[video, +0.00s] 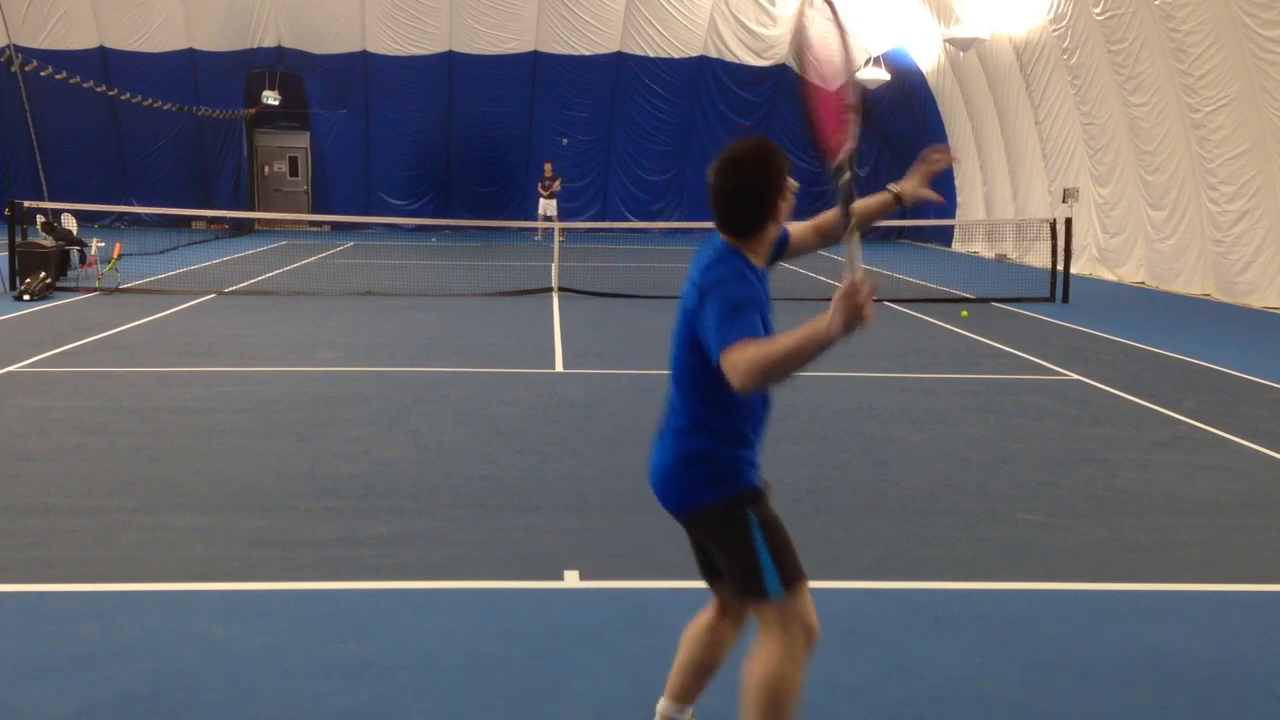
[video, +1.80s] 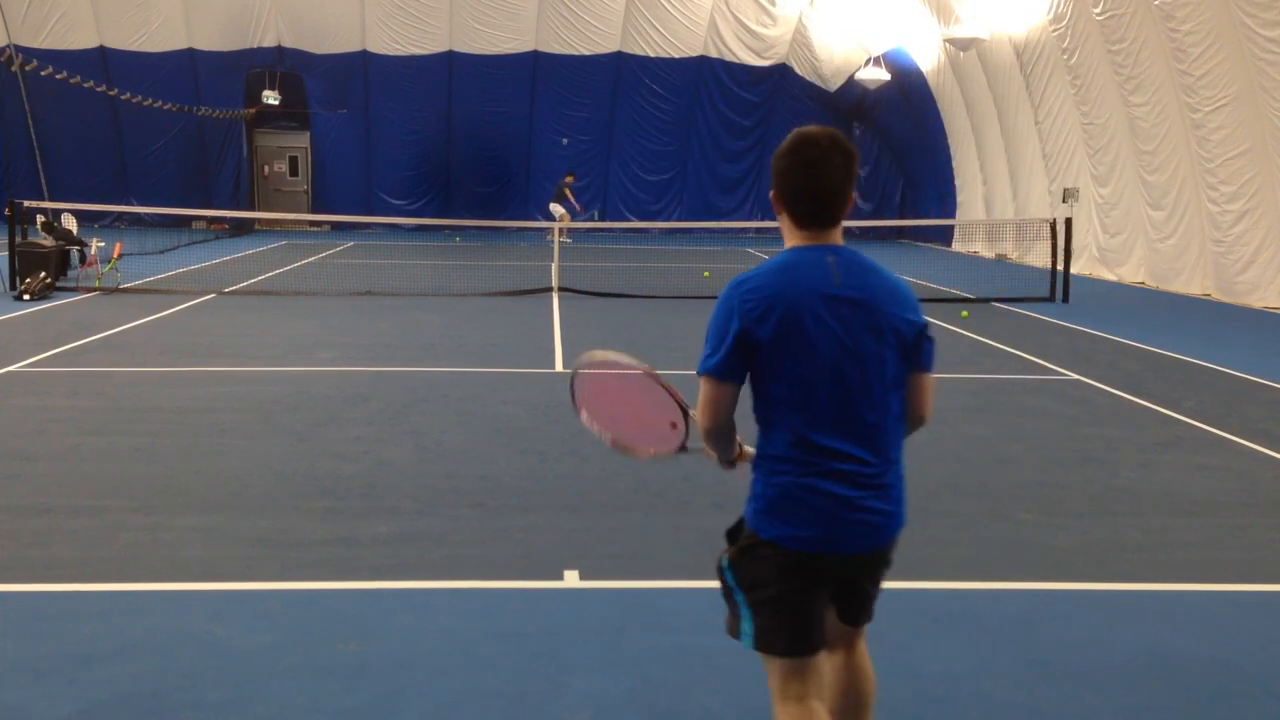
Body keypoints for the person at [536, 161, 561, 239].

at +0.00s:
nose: (547, 168)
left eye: (548, 166)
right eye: (545, 166)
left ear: (551, 167)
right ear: (544, 167)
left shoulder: (556, 177)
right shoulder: (542, 177)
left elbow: (558, 188)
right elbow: (539, 188)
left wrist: (550, 190)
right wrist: (544, 193)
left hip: (552, 199)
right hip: (543, 199)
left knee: (554, 217)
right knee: (540, 216)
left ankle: (559, 234)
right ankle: (540, 234)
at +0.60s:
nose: (538, 167)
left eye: (540, 166)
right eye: (537, 166)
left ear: (543, 167)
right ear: (535, 167)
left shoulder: (547, 177)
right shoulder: (533, 177)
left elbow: (549, 187)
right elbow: (530, 187)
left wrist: (542, 192)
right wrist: (535, 193)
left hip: (543, 199)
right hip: (534, 198)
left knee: (544, 216)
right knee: (528, 215)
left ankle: (547, 234)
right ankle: (530, 231)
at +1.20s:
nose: (547, 169)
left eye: (548, 167)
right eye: (546, 167)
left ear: (551, 169)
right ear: (543, 169)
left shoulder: (552, 178)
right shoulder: (539, 178)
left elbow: (554, 188)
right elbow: (536, 190)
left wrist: (550, 196)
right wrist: (544, 197)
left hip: (548, 198)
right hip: (539, 198)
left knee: (552, 216)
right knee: (539, 215)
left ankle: (548, 233)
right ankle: (535, 233)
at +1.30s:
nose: (552, 172)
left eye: (553, 170)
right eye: (550, 170)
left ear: (555, 171)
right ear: (547, 171)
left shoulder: (556, 182)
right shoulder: (544, 181)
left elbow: (557, 192)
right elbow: (541, 193)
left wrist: (555, 200)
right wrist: (550, 200)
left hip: (551, 201)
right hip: (543, 201)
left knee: (555, 218)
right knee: (545, 217)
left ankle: (550, 236)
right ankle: (536, 235)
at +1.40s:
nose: (557, 173)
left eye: (558, 171)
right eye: (555, 171)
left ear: (559, 173)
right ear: (552, 172)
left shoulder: (557, 183)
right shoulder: (550, 182)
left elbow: (559, 192)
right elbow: (548, 194)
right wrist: (556, 201)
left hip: (553, 202)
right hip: (546, 201)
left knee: (557, 218)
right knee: (554, 215)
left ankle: (552, 235)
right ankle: (545, 231)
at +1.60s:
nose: (568, 179)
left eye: (568, 177)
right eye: (567, 177)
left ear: (563, 177)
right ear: (562, 176)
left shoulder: (558, 184)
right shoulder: (561, 186)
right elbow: (566, 197)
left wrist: (567, 188)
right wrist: (573, 196)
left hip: (548, 203)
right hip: (551, 204)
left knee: (557, 219)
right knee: (563, 218)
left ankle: (551, 235)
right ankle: (561, 236)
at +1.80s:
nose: (572, 181)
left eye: (572, 179)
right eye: (571, 179)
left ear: (570, 179)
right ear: (567, 178)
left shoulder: (562, 184)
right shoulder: (564, 184)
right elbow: (569, 196)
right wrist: (576, 205)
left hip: (554, 204)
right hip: (555, 204)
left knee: (560, 220)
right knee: (566, 217)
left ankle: (551, 235)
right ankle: (563, 236)